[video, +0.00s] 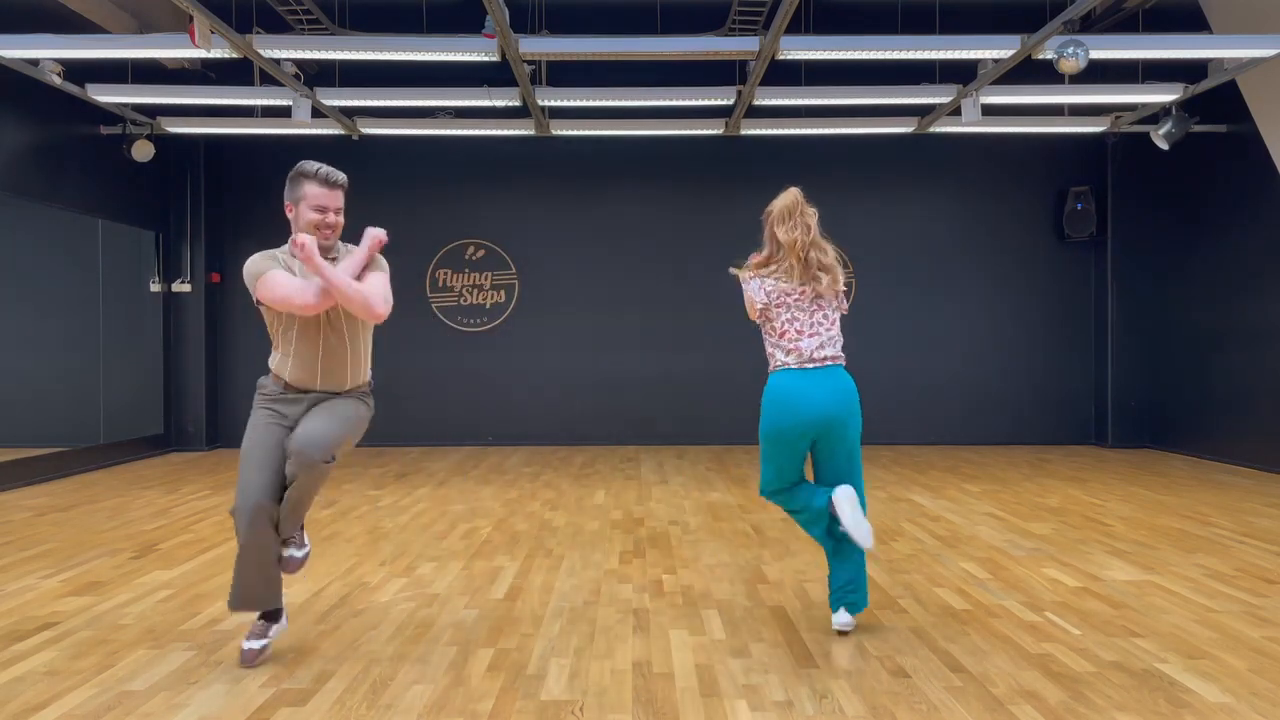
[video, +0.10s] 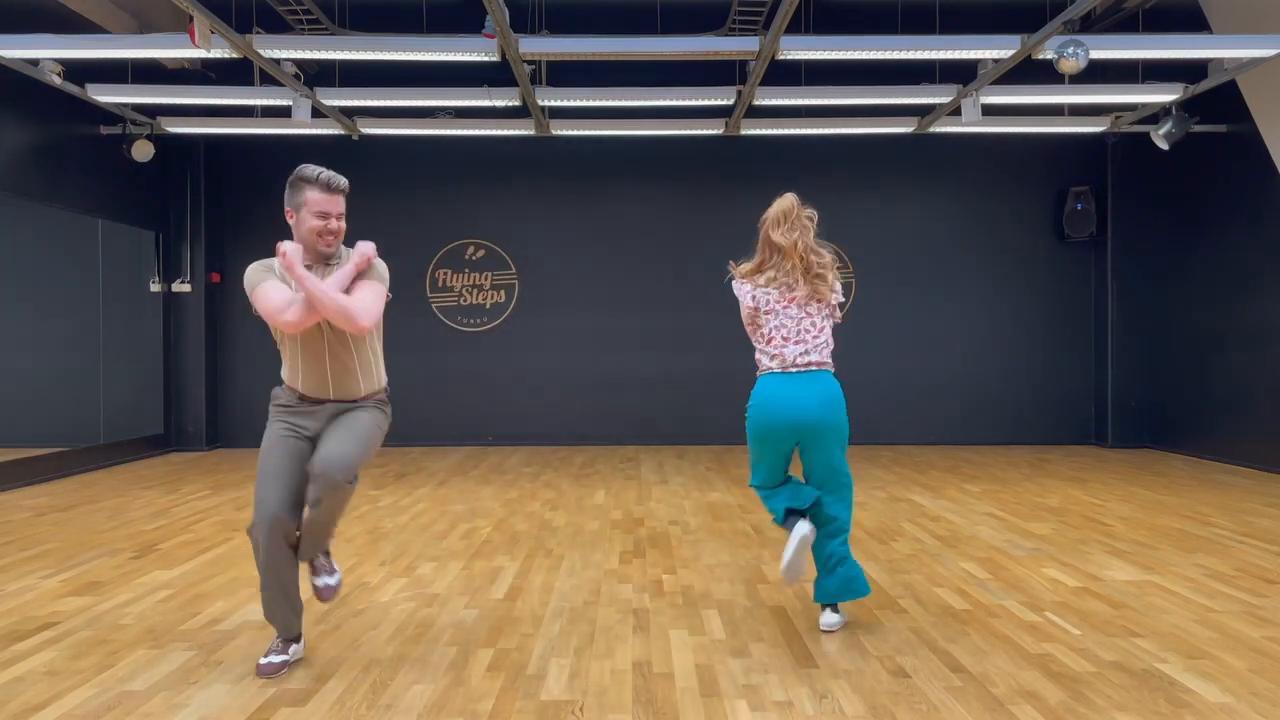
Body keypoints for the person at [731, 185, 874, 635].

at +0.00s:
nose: (769, 233)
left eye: (769, 228)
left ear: (772, 231)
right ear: (812, 229)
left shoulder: (757, 278)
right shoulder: (831, 269)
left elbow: (755, 314)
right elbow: (839, 308)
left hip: (786, 392)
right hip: (838, 388)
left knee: (781, 485)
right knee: (844, 497)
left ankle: (832, 502)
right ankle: (845, 604)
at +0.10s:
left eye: (774, 232)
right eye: (805, 231)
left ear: (766, 236)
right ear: (808, 236)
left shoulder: (748, 281)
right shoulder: (825, 276)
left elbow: (754, 332)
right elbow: (833, 317)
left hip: (771, 394)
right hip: (822, 393)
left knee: (770, 479)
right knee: (831, 494)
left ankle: (797, 520)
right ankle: (830, 602)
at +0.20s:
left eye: (762, 252)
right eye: (795, 250)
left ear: (759, 257)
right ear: (801, 255)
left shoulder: (740, 307)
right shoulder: (824, 302)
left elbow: (745, 371)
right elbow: (825, 369)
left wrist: (765, 407)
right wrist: (817, 413)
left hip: (758, 409)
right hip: (810, 408)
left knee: (742, 490)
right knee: (819, 505)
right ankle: (828, 603)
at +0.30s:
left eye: (745, 258)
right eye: (779, 257)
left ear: (744, 262)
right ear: (785, 260)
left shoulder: (730, 311)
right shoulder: (806, 306)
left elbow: (700, 366)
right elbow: (844, 356)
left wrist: (679, 393)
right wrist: (888, 393)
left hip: (736, 415)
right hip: (786, 415)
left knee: (707, 492)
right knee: (809, 508)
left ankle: (667, 563)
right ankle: (827, 604)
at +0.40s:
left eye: (730, 252)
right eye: (757, 250)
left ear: (722, 257)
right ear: (761, 255)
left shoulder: (703, 300)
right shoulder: (777, 297)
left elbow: (652, 317)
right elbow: (827, 305)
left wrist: (608, 316)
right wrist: (880, 295)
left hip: (701, 405)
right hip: (748, 408)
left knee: (673, 485)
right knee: (782, 501)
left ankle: (634, 556)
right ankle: (821, 593)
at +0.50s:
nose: (735, 254)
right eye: (734, 249)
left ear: (694, 254)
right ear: (731, 255)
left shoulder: (673, 292)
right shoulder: (742, 298)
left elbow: (625, 287)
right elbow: (782, 285)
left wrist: (588, 271)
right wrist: (815, 264)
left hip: (663, 397)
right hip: (707, 401)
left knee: (648, 486)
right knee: (739, 491)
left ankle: (627, 567)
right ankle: (782, 580)